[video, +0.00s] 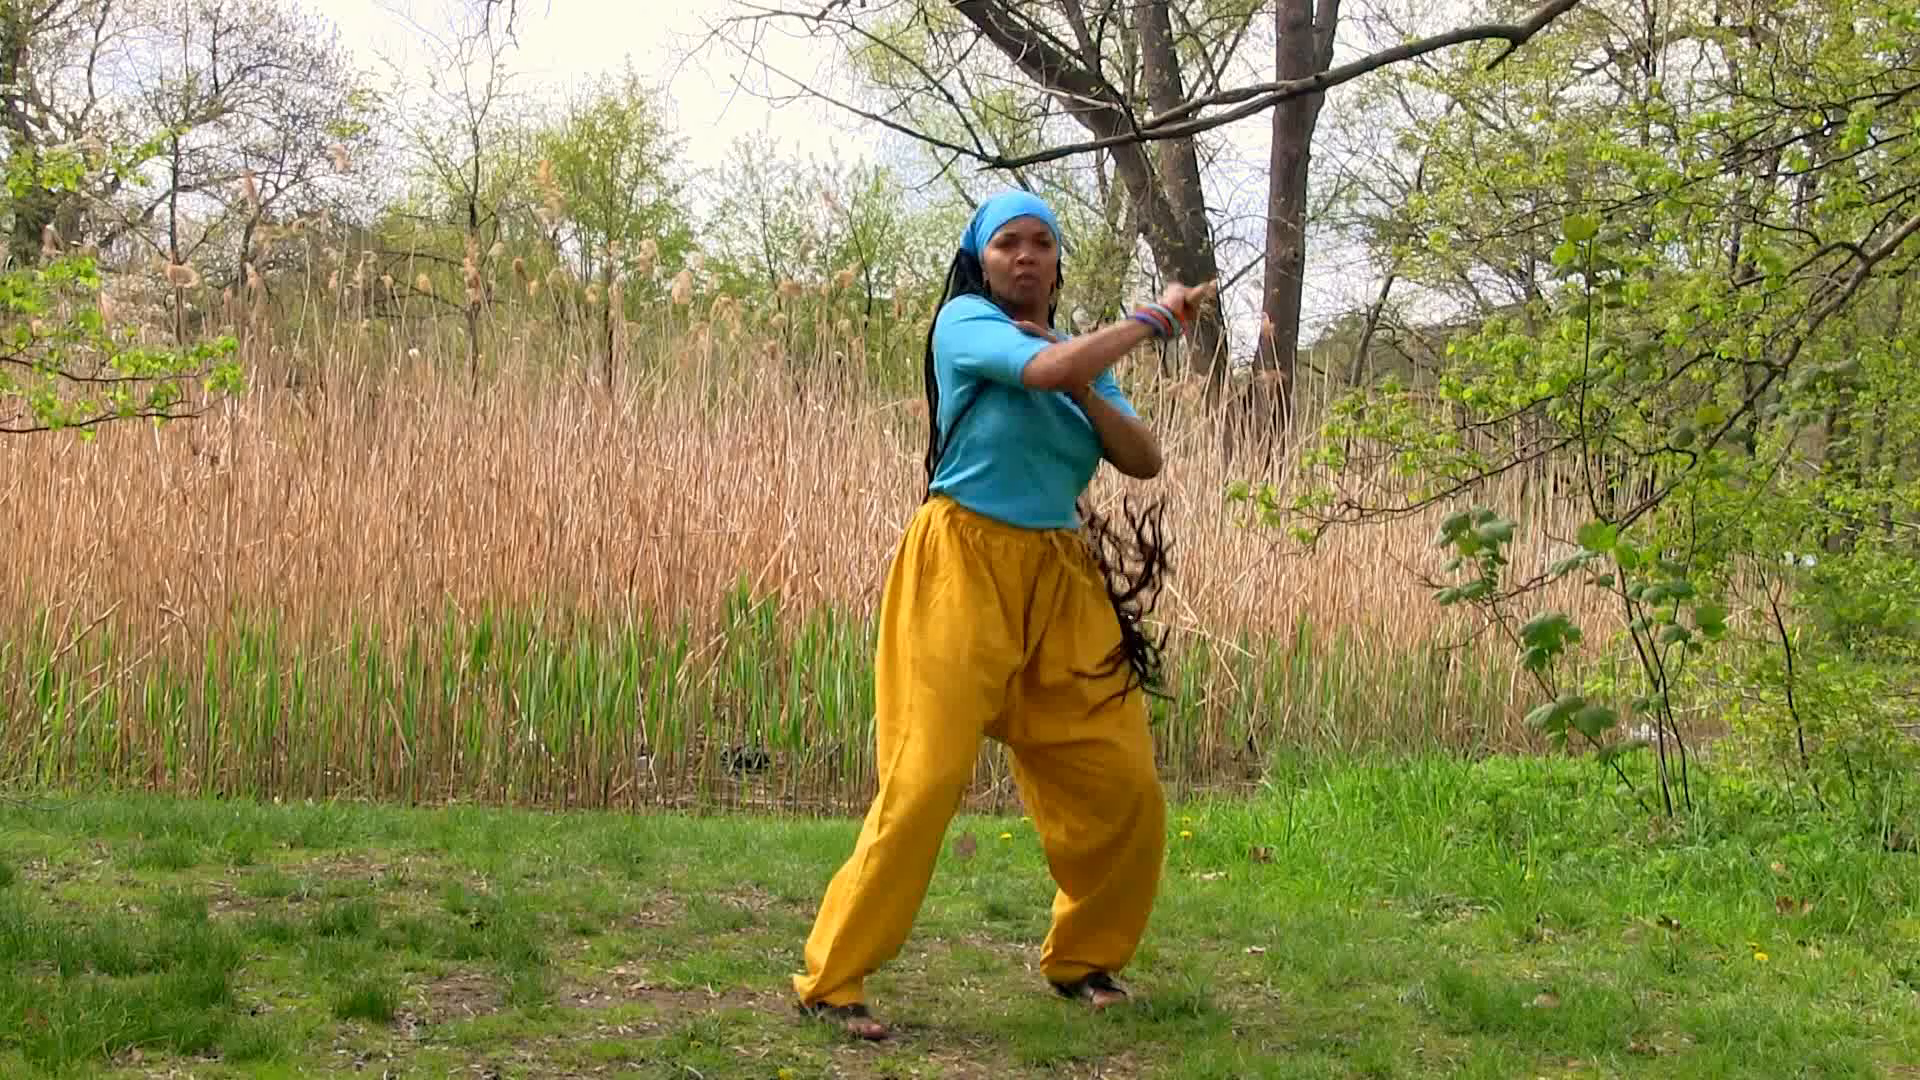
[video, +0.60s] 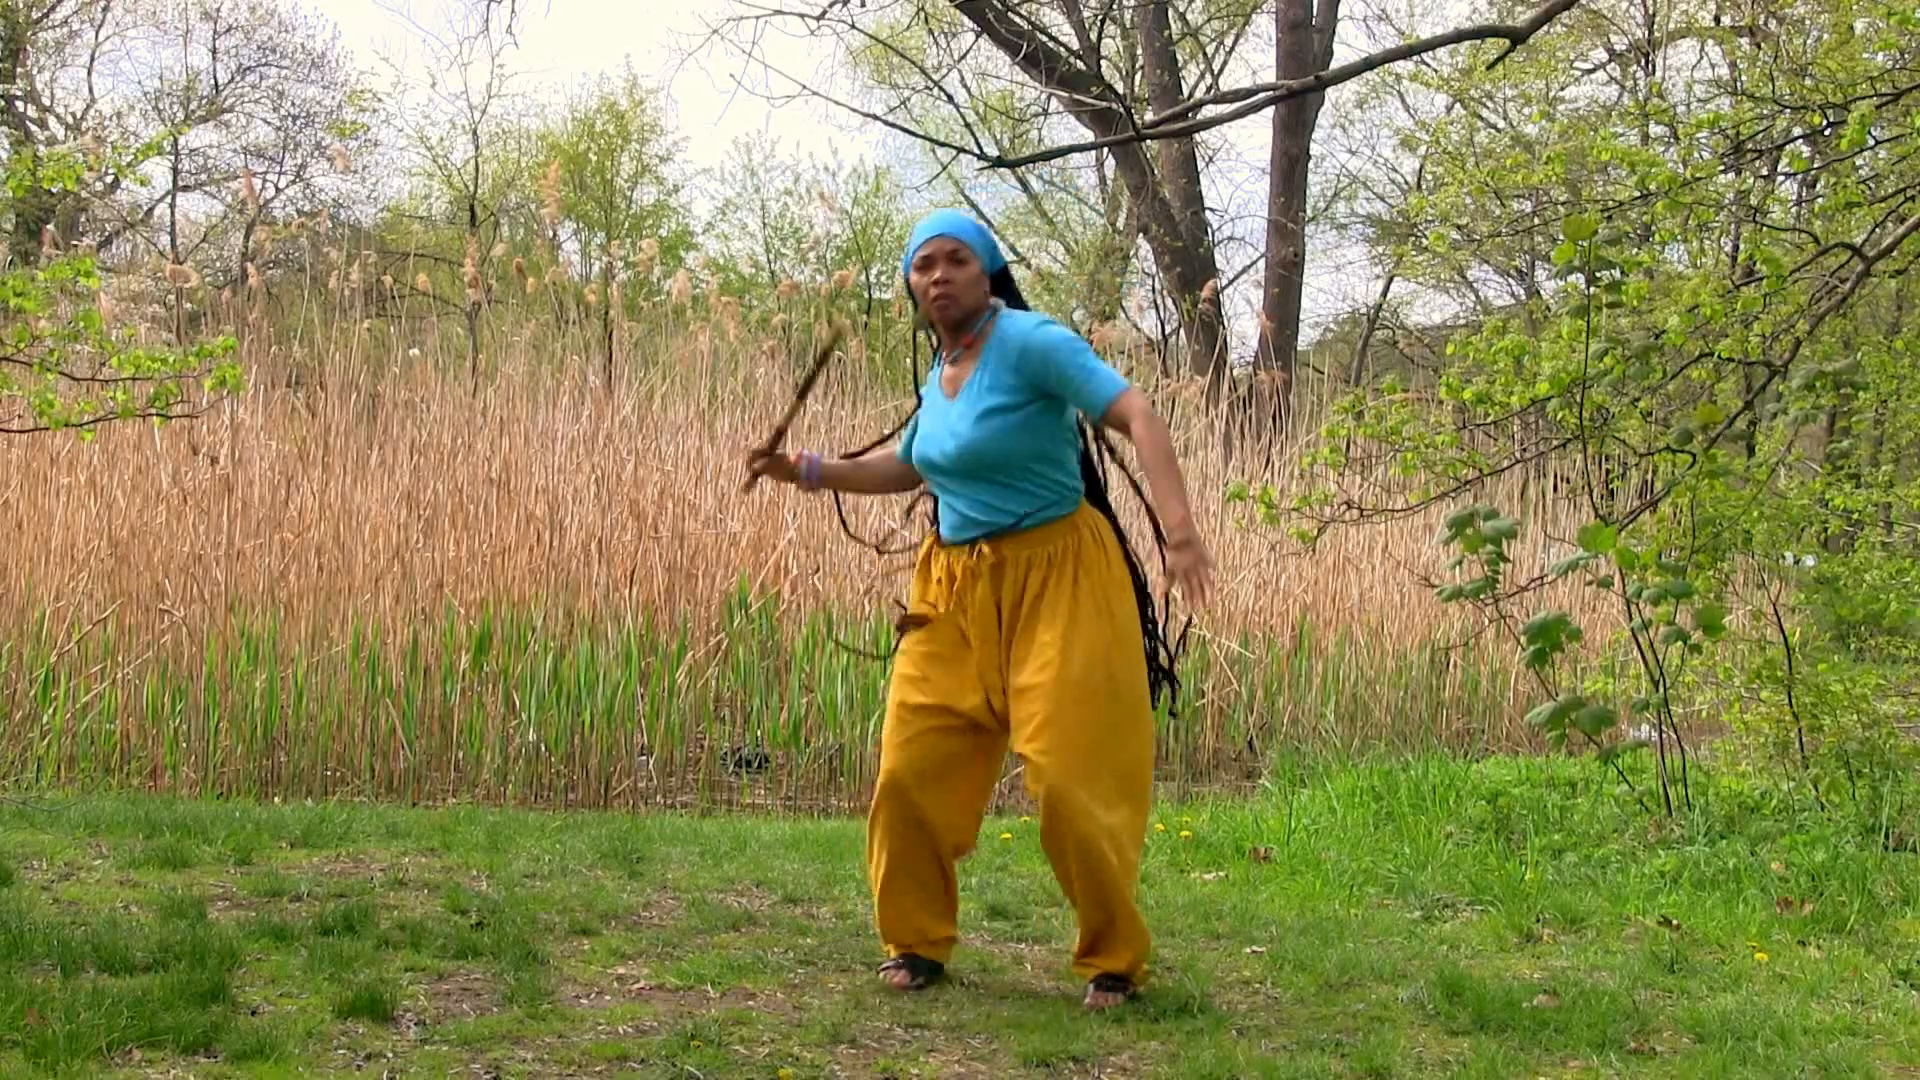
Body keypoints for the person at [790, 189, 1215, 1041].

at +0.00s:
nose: (1028, 256)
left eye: (1041, 244)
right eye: (1010, 244)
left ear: (1061, 263)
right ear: (980, 261)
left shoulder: (1079, 357)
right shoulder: (965, 322)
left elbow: (1145, 459)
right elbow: (1046, 366)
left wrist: (1090, 389)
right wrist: (1145, 320)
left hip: (1061, 572)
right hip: (963, 560)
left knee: (1127, 788)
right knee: (926, 778)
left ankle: (1079, 960)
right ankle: (831, 981)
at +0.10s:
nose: (1020, 251)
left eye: (1034, 239)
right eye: (1004, 241)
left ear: (1060, 259)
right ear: (978, 263)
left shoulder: (1094, 331)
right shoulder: (956, 321)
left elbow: (1146, 414)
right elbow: (996, 371)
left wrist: (1053, 361)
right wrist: (1093, 292)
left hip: (1061, 568)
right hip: (959, 559)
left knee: (1118, 782)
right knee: (922, 773)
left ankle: (1087, 961)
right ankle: (835, 981)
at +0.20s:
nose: (1025, 239)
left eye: (1041, 228)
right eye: (1011, 230)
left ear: (1075, 250)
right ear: (985, 254)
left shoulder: (1113, 317)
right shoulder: (965, 324)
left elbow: (1133, 337)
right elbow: (941, 405)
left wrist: (1008, 299)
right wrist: (1006, 359)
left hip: (1080, 556)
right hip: (963, 548)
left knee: (1104, 773)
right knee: (918, 758)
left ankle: (1088, 965)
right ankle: (838, 971)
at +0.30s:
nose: (1033, 230)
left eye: (1050, 220)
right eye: (1019, 222)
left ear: (1089, 243)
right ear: (999, 243)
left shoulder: (1121, 309)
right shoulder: (976, 324)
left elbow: (1078, 279)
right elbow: (941, 440)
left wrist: (983, 224)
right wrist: (912, 453)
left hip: (1087, 552)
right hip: (966, 540)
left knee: (1100, 762)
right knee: (920, 728)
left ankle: (1085, 962)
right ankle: (869, 954)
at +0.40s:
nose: (1013, 233)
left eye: (1029, 222)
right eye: (1004, 224)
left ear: (1069, 244)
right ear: (989, 248)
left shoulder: (1095, 318)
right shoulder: (979, 327)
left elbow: (1089, 281)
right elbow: (956, 441)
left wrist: (1057, 243)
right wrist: (885, 484)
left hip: (1082, 550)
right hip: (967, 543)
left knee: (1093, 759)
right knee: (921, 726)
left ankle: (1092, 957)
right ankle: (909, 919)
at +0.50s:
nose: (980, 246)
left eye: (998, 233)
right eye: (966, 237)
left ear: (1033, 251)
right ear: (954, 261)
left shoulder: (1058, 307)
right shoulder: (967, 342)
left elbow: (1116, 334)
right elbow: (943, 456)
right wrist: (857, 467)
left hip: (1072, 550)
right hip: (962, 553)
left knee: (1085, 767)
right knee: (900, 755)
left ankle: (1112, 963)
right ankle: (910, 928)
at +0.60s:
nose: (937, 275)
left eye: (952, 261)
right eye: (924, 268)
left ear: (990, 274)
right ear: (913, 291)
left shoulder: (1034, 343)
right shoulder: (937, 378)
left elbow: (1137, 414)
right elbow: (910, 468)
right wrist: (811, 471)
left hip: (1058, 574)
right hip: (956, 582)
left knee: (1065, 772)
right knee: (906, 770)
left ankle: (1112, 962)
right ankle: (917, 945)